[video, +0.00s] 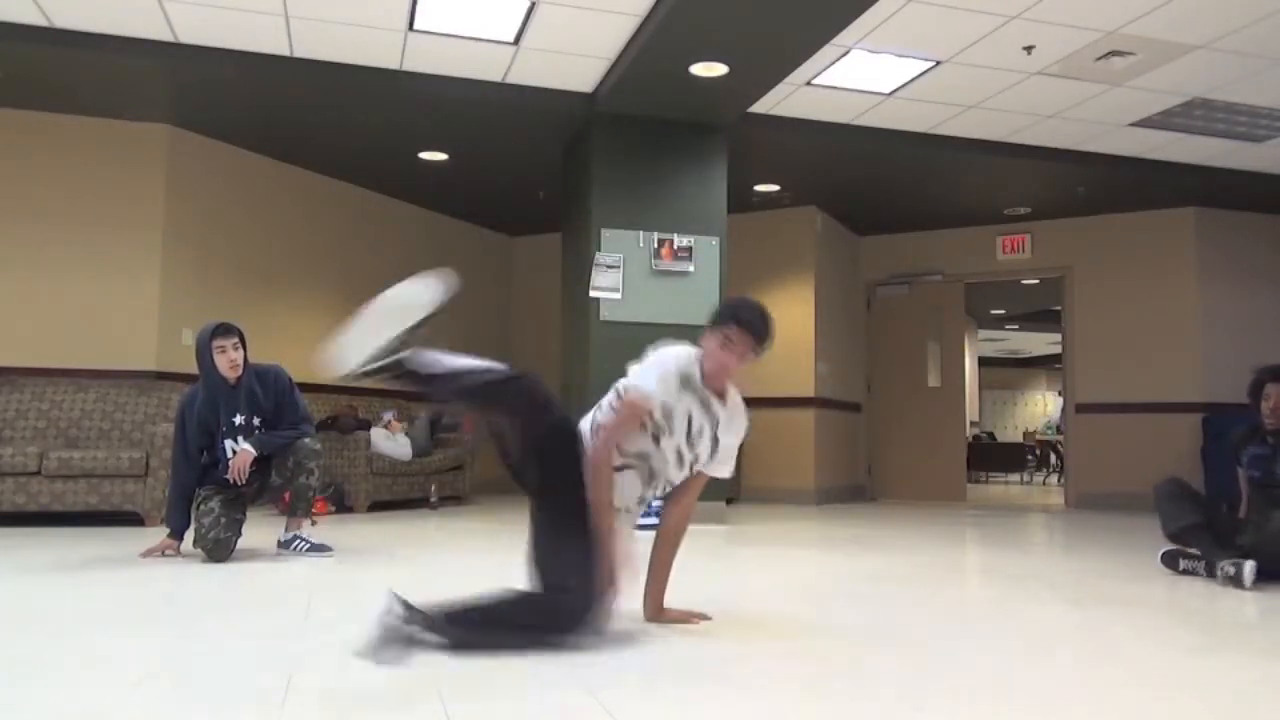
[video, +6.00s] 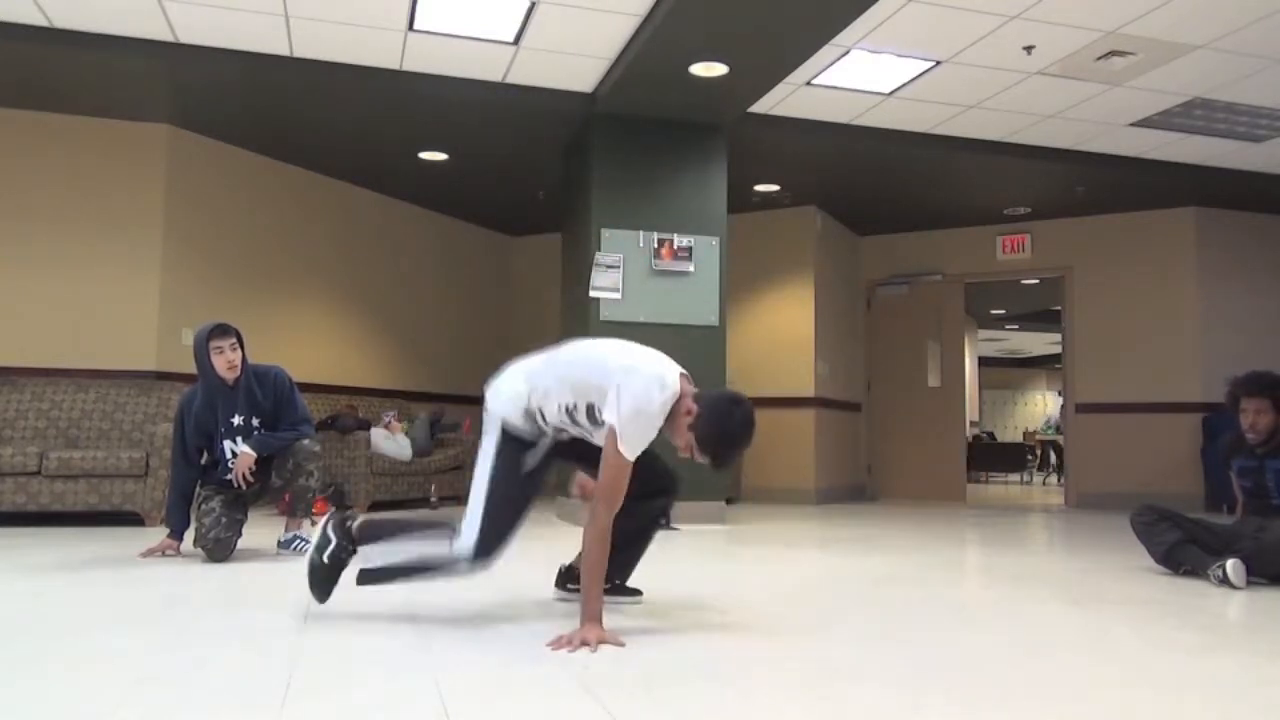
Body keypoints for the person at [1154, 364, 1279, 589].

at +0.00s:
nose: (1272, 407)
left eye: (1278, 400)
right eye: (1267, 399)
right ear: (1257, 403)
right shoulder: (1247, 442)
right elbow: (1245, 498)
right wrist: (1239, 528)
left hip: (1271, 530)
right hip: (1245, 527)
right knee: (1169, 489)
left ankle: (1212, 563)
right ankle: (1223, 560)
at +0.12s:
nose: (1264, 409)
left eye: (1274, 402)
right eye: (1259, 400)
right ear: (1250, 404)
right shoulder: (1244, 445)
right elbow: (1245, 500)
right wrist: (1238, 523)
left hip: (1270, 533)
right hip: (1242, 529)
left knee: (1273, 526)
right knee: (1157, 504)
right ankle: (1212, 565)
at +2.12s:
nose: (1253, 417)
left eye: (1264, 408)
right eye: (1248, 408)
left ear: (1279, 412)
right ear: (1240, 411)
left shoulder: (1275, 452)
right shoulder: (1239, 450)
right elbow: (1243, 500)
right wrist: (1238, 530)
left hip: (1271, 536)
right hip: (1239, 533)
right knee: (1145, 514)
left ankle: (1198, 562)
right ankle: (1210, 566)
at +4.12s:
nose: (1249, 420)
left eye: (1260, 412)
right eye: (1244, 411)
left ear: (1276, 415)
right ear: (1236, 414)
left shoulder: (1276, 451)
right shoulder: (1233, 449)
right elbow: (1241, 500)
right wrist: (1236, 531)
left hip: (1271, 536)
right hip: (1238, 533)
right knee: (1144, 514)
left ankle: (1198, 563)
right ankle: (1209, 566)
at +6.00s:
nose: (1250, 422)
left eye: (1261, 413)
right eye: (1244, 412)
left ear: (1277, 416)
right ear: (1237, 415)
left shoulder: (1275, 452)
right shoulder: (1235, 450)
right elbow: (1242, 501)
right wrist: (1236, 531)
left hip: (1271, 537)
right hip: (1239, 534)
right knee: (1144, 514)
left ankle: (1197, 562)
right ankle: (1210, 566)